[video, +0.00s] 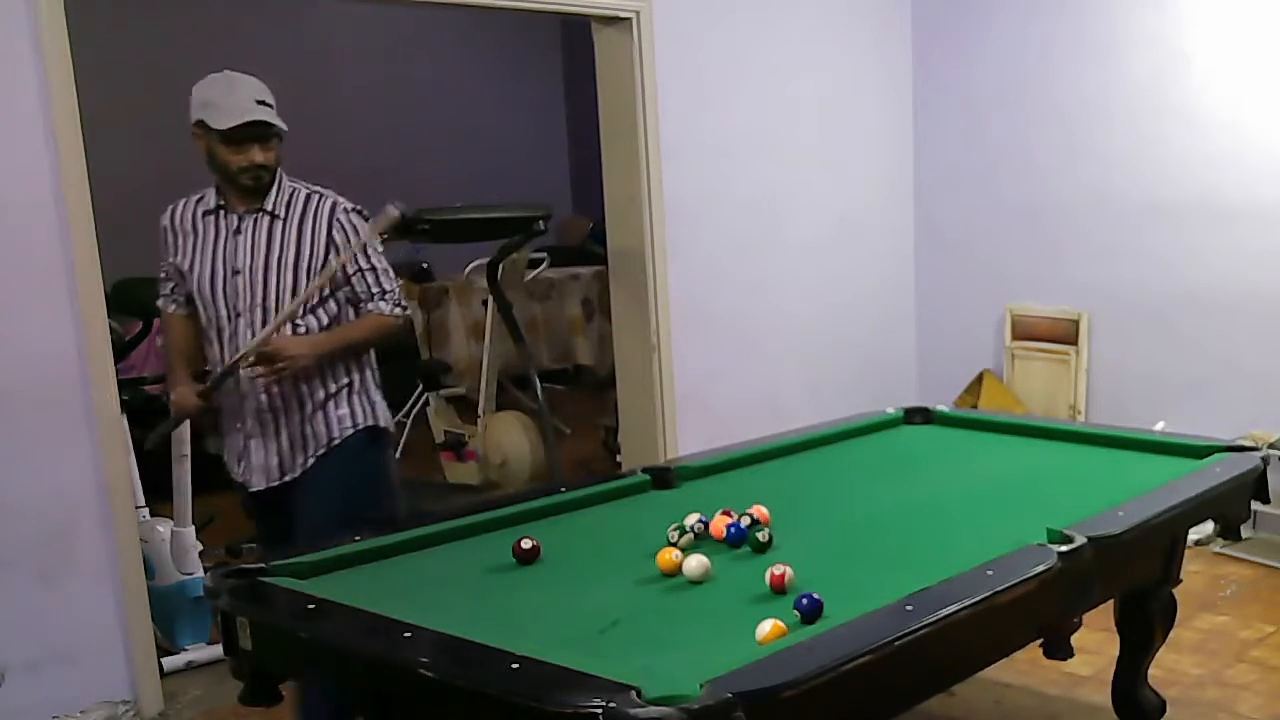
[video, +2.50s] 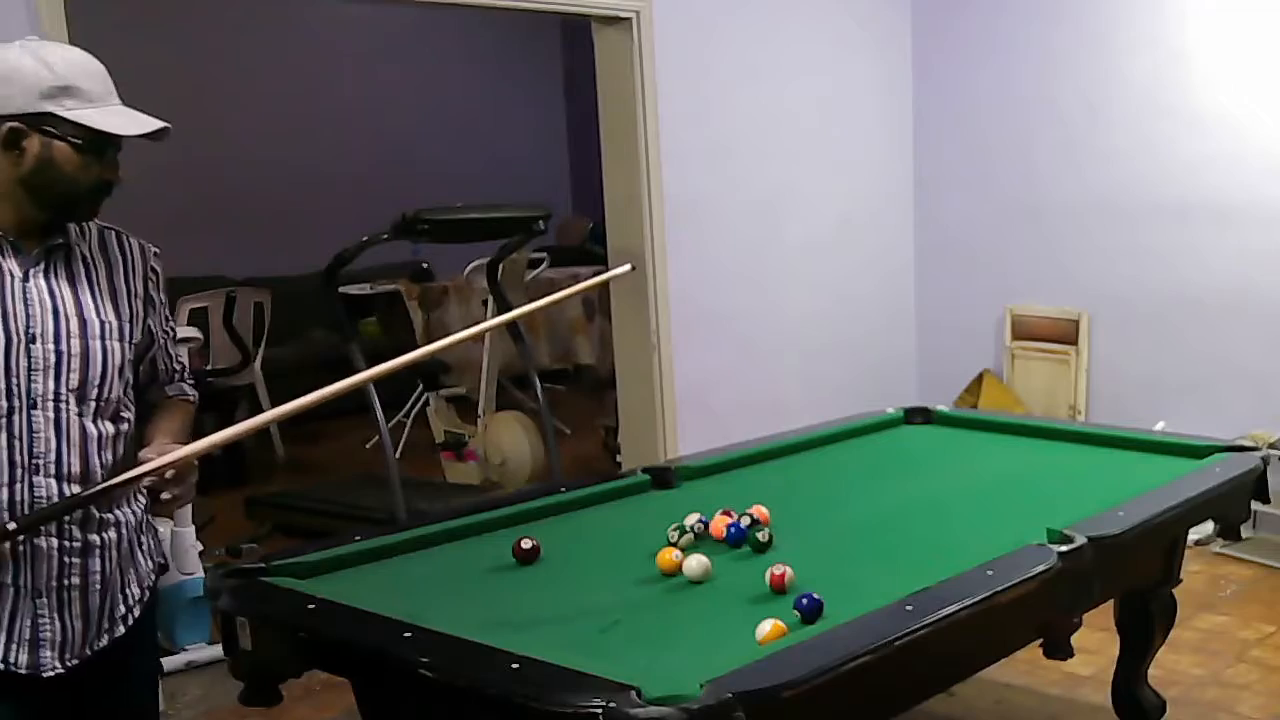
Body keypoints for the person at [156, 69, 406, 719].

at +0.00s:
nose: (256, 157)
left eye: (266, 139)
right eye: (238, 142)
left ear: (281, 138)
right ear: (202, 144)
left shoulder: (329, 212)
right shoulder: (183, 222)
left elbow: (393, 312)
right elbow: (178, 302)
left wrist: (316, 346)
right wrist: (182, 375)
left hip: (339, 437)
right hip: (255, 454)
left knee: (343, 599)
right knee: (291, 603)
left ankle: (349, 707)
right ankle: (325, 706)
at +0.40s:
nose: (231, 163)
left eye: (244, 146)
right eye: (211, 147)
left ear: (258, 143)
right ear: (169, 141)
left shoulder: (291, 232)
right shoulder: (130, 221)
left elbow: (356, 334)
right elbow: (120, 307)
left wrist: (276, 376)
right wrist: (117, 390)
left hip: (274, 470)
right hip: (177, 480)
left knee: (271, 642)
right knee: (210, 646)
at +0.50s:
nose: (225, 163)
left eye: (237, 146)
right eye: (206, 146)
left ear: (251, 142)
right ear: (160, 139)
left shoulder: (283, 234)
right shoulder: (120, 217)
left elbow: (345, 339)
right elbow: (106, 306)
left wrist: (266, 380)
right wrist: (100, 394)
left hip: (264, 470)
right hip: (164, 477)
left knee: (259, 627)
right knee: (168, 629)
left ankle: (280, 712)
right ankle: (254, 709)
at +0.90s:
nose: (179, 168)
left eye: (186, 150)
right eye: (159, 150)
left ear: (198, 147)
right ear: (101, 144)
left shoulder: (231, 239)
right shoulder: (45, 231)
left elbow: (300, 347)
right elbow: (27, 323)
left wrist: (221, 395)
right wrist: (28, 421)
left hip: (220, 514)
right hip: (97, 522)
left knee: (248, 695)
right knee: (92, 698)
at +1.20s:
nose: (89, 167)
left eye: (93, 148)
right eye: (67, 149)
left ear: (102, 145)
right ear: (7, 144)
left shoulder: (141, 243)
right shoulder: (1, 244)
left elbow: (217, 349)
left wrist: (156, 406)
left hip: (149, 541)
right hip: (23, 563)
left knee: (211, 701)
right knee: (34, 709)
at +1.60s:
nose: (15, 156)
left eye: (17, 138)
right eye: (4, 139)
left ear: (22, 142)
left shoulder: (61, 234)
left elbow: (133, 344)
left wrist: (98, 408)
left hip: (87, 525)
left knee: (117, 698)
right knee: (16, 705)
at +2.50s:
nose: (115, 171)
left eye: (116, 149)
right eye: (96, 149)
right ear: (19, 142)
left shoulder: (132, 262)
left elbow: (172, 388)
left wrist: (164, 446)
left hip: (118, 616)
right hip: (9, 625)